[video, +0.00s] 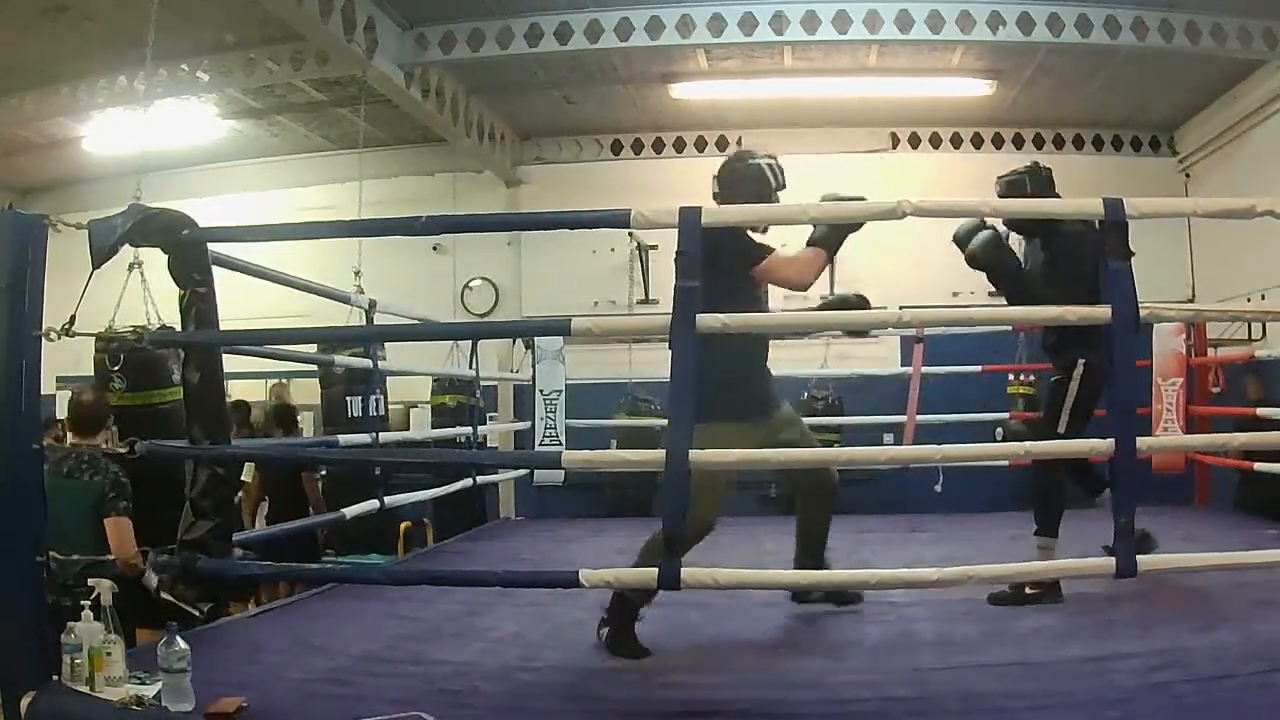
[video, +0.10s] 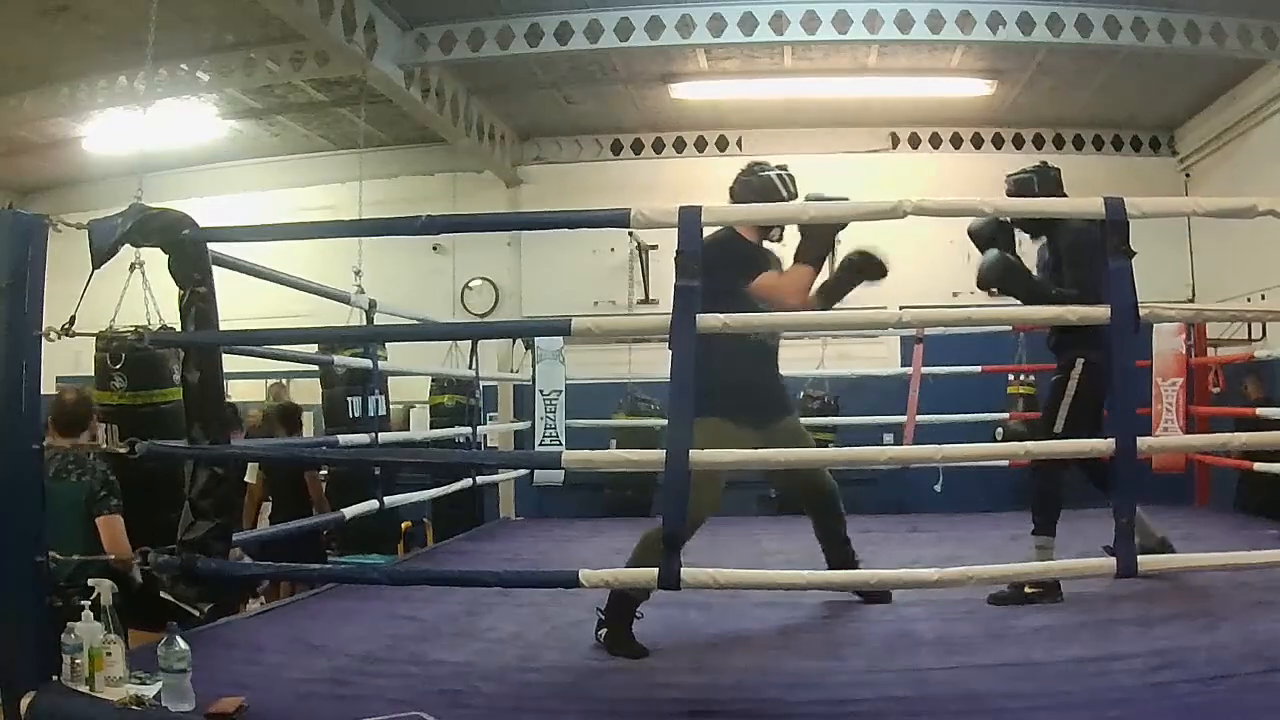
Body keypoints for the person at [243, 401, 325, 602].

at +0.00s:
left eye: (267, 422)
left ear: (271, 422)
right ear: (295, 421)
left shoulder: (264, 451)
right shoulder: (302, 449)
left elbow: (256, 494)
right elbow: (314, 496)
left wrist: (249, 526)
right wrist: (325, 524)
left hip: (274, 520)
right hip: (300, 519)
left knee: (274, 576)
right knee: (302, 575)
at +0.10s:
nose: (302, 426)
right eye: (300, 422)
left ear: (275, 425)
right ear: (298, 425)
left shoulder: (266, 453)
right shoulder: (304, 452)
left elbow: (257, 495)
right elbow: (317, 494)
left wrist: (247, 535)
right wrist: (330, 522)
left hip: (276, 522)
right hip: (304, 522)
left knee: (276, 580)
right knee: (303, 577)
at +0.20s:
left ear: (281, 424)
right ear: (304, 423)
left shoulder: (273, 452)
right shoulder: (310, 450)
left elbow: (263, 494)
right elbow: (321, 496)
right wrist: (333, 524)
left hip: (281, 519)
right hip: (308, 520)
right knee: (308, 574)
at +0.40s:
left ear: (299, 425)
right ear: (321, 424)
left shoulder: (287, 451)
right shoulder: (325, 452)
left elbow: (271, 492)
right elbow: (333, 498)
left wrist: (291, 494)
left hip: (292, 524)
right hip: (320, 524)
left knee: (294, 579)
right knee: (324, 576)